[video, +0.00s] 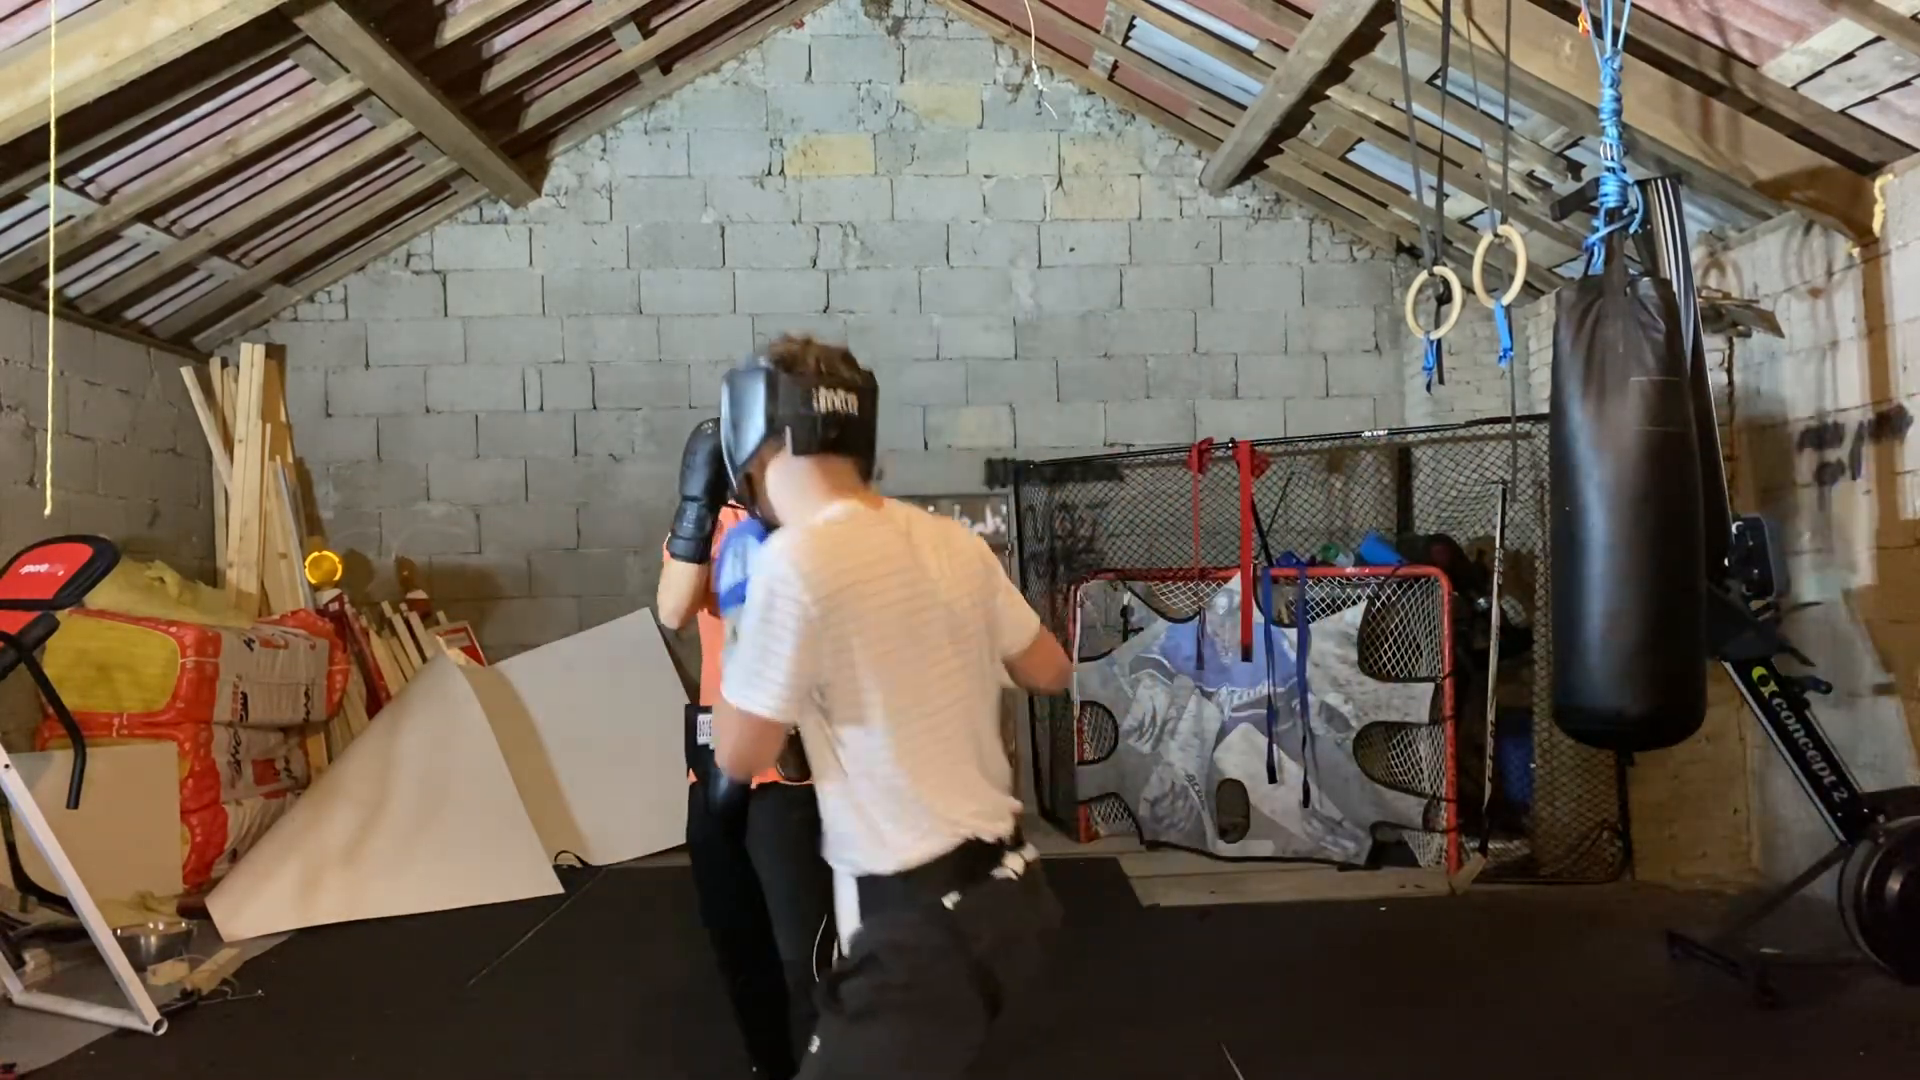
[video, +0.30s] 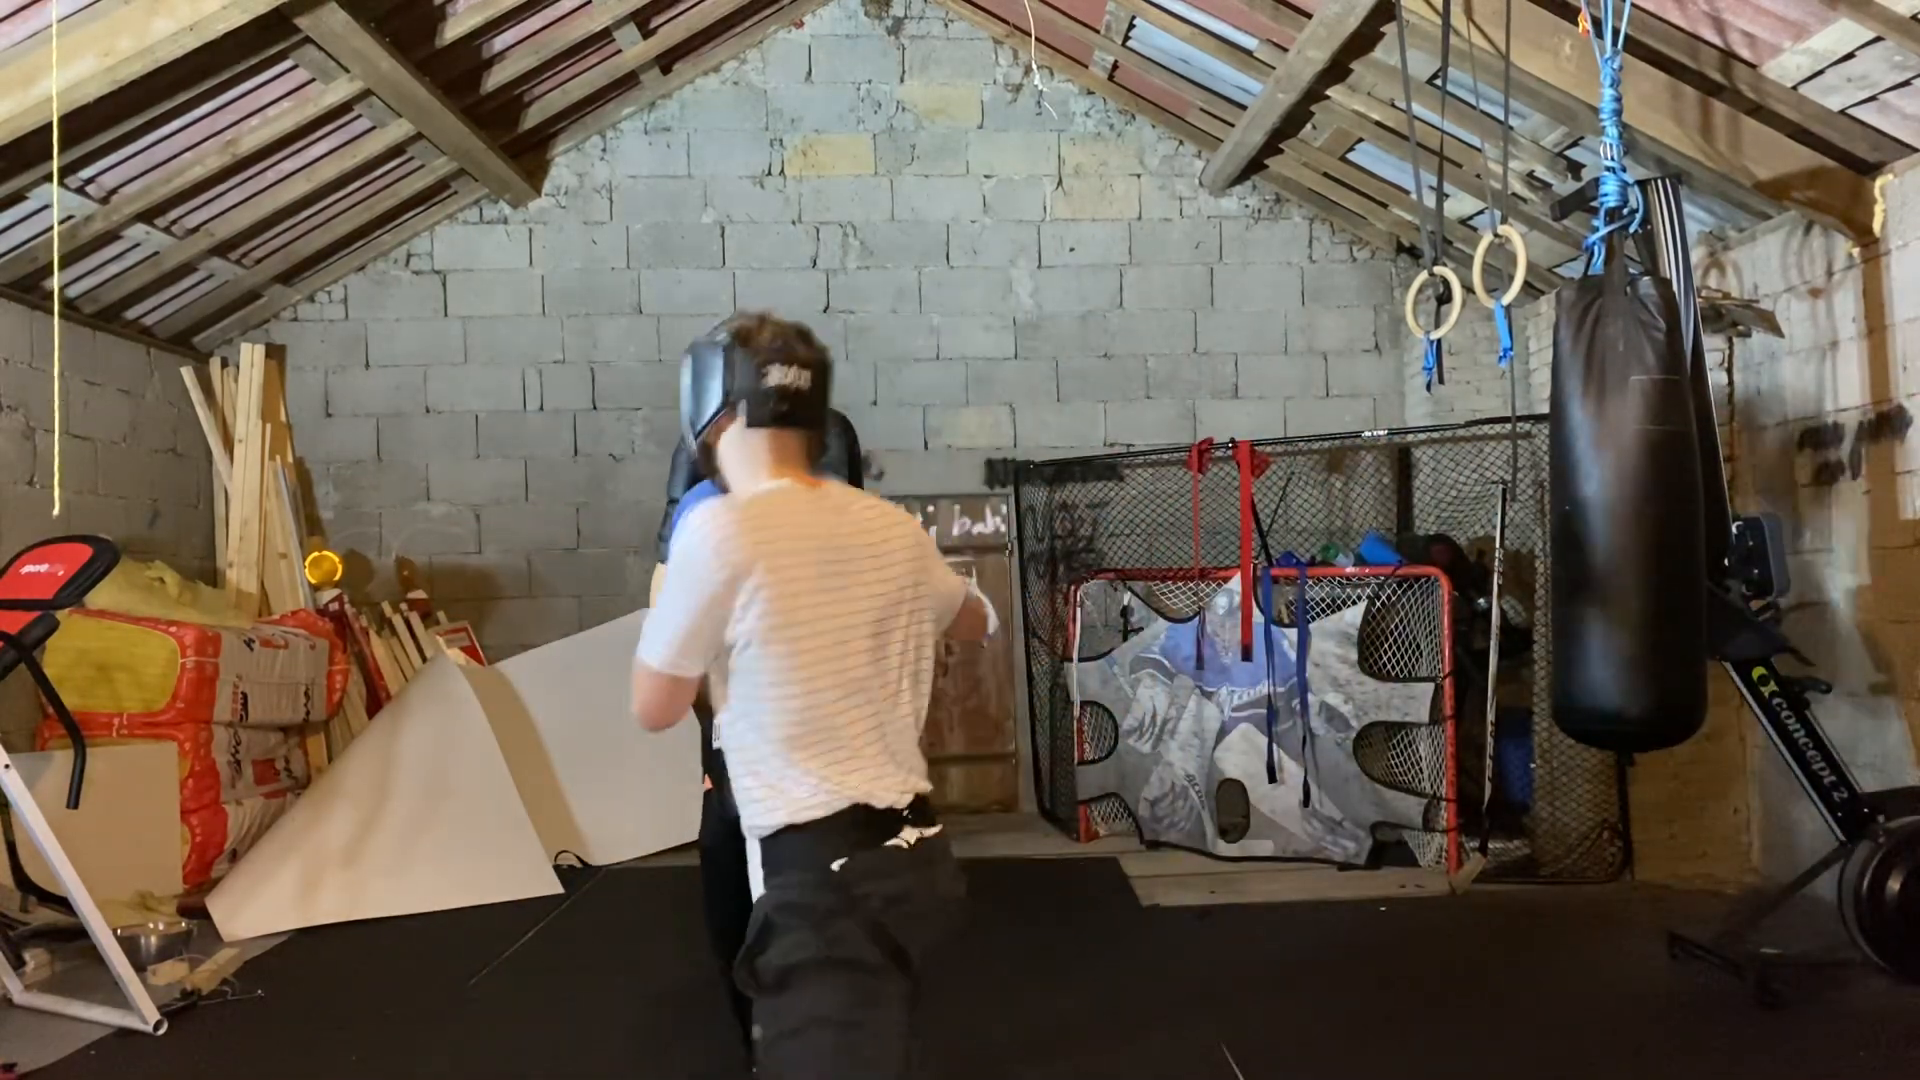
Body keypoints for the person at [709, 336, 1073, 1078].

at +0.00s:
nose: (736, 457)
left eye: (741, 432)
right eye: (739, 435)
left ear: (769, 436)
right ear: (858, 431)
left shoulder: (794, 567)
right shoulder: (953, 541)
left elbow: (742, 756)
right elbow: (1051, 668)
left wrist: (737, 626)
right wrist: (955, 640)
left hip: (909, 934)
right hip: (1018, 897)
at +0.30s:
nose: (692, 415)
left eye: (697, 395)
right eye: (694, 395)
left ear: (718, 407)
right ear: (812, 405)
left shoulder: (720, 532)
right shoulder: (894, 526)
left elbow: (656, 707)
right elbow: (975, 620)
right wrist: (883, 590)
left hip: (817, 883)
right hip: (922, 864)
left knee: (823, 1062)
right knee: (889, 1060)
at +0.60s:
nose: (520, 579)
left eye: (519, 561)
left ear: (537, 572)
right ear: (635, 533)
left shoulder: (572, 679)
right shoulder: (757, 599)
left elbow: (584, 849)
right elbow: (893, 672)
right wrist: (783, 706)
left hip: (776, 965)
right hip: (890, 921)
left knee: (658, 1064)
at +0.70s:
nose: (496, 551)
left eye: (495, 535)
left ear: (508, 543)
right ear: (615, 509)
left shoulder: (531, 650)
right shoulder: (732, 586)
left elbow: (540, 830)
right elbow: (864, 678)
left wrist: (587, 757)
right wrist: (775, 692)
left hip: (729, 954)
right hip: (845, 913)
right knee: (817, 1067)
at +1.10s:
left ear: (540, 433)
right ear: (645, 447)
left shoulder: (465, 526)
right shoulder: (703, 550)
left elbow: (461, 685)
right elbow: (765, 714)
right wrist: (696, 662)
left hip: (550, 864)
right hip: (686, 852)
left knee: (548, 1065)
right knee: (680, 1062)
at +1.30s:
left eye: (537, 388)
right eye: (635, 406)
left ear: (531, 395)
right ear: (629, 416)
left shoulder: (445, 485)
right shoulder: (670, 522)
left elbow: (438, 637)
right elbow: (724, 672)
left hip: (499, 814)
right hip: (630, 811)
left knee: (427, 1060)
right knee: (644, 1051)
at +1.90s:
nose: (433, 434)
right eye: (429, 420)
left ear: (325, 420)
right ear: (419, 426)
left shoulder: (257, 529)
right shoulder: (454, 509)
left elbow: (298, 639)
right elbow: (532, 626)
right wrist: (607, 598)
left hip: (336, 813)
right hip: (458, 799)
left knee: (299, 1040)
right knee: (535, 1019)